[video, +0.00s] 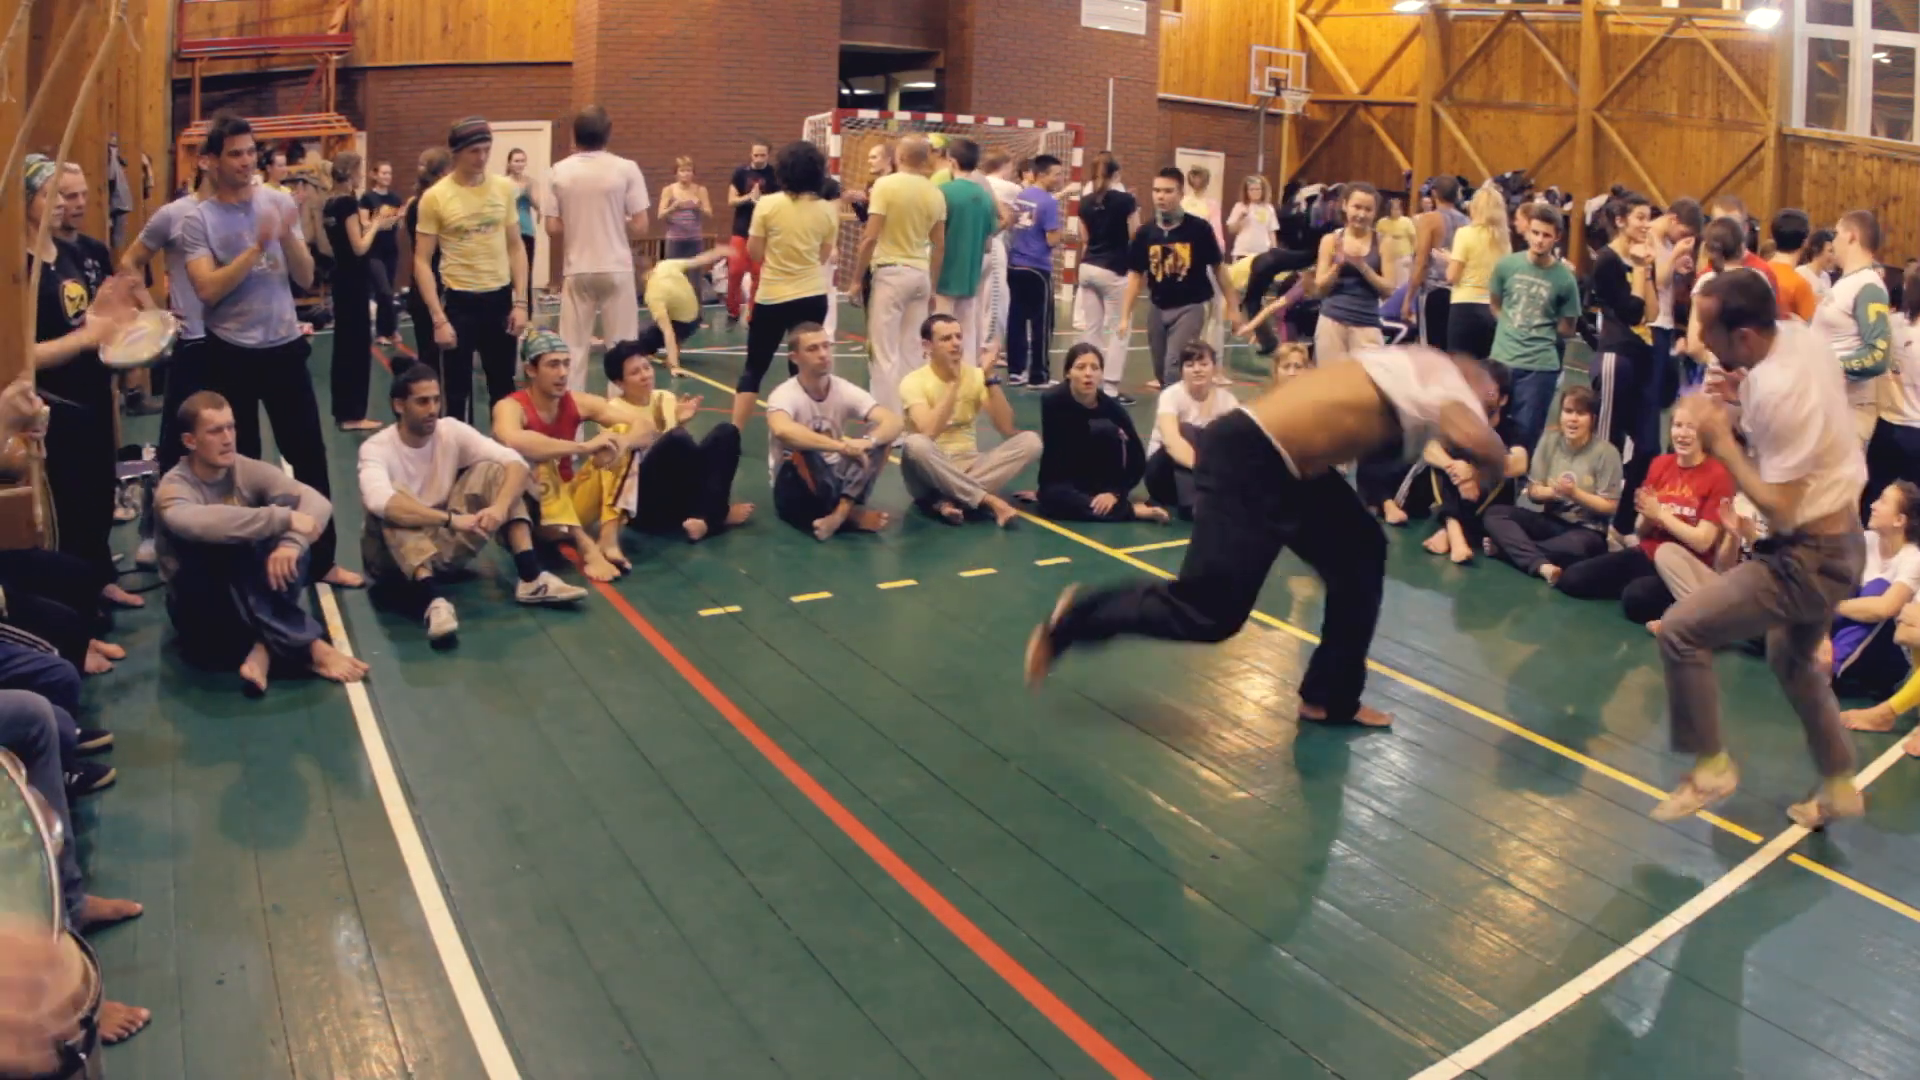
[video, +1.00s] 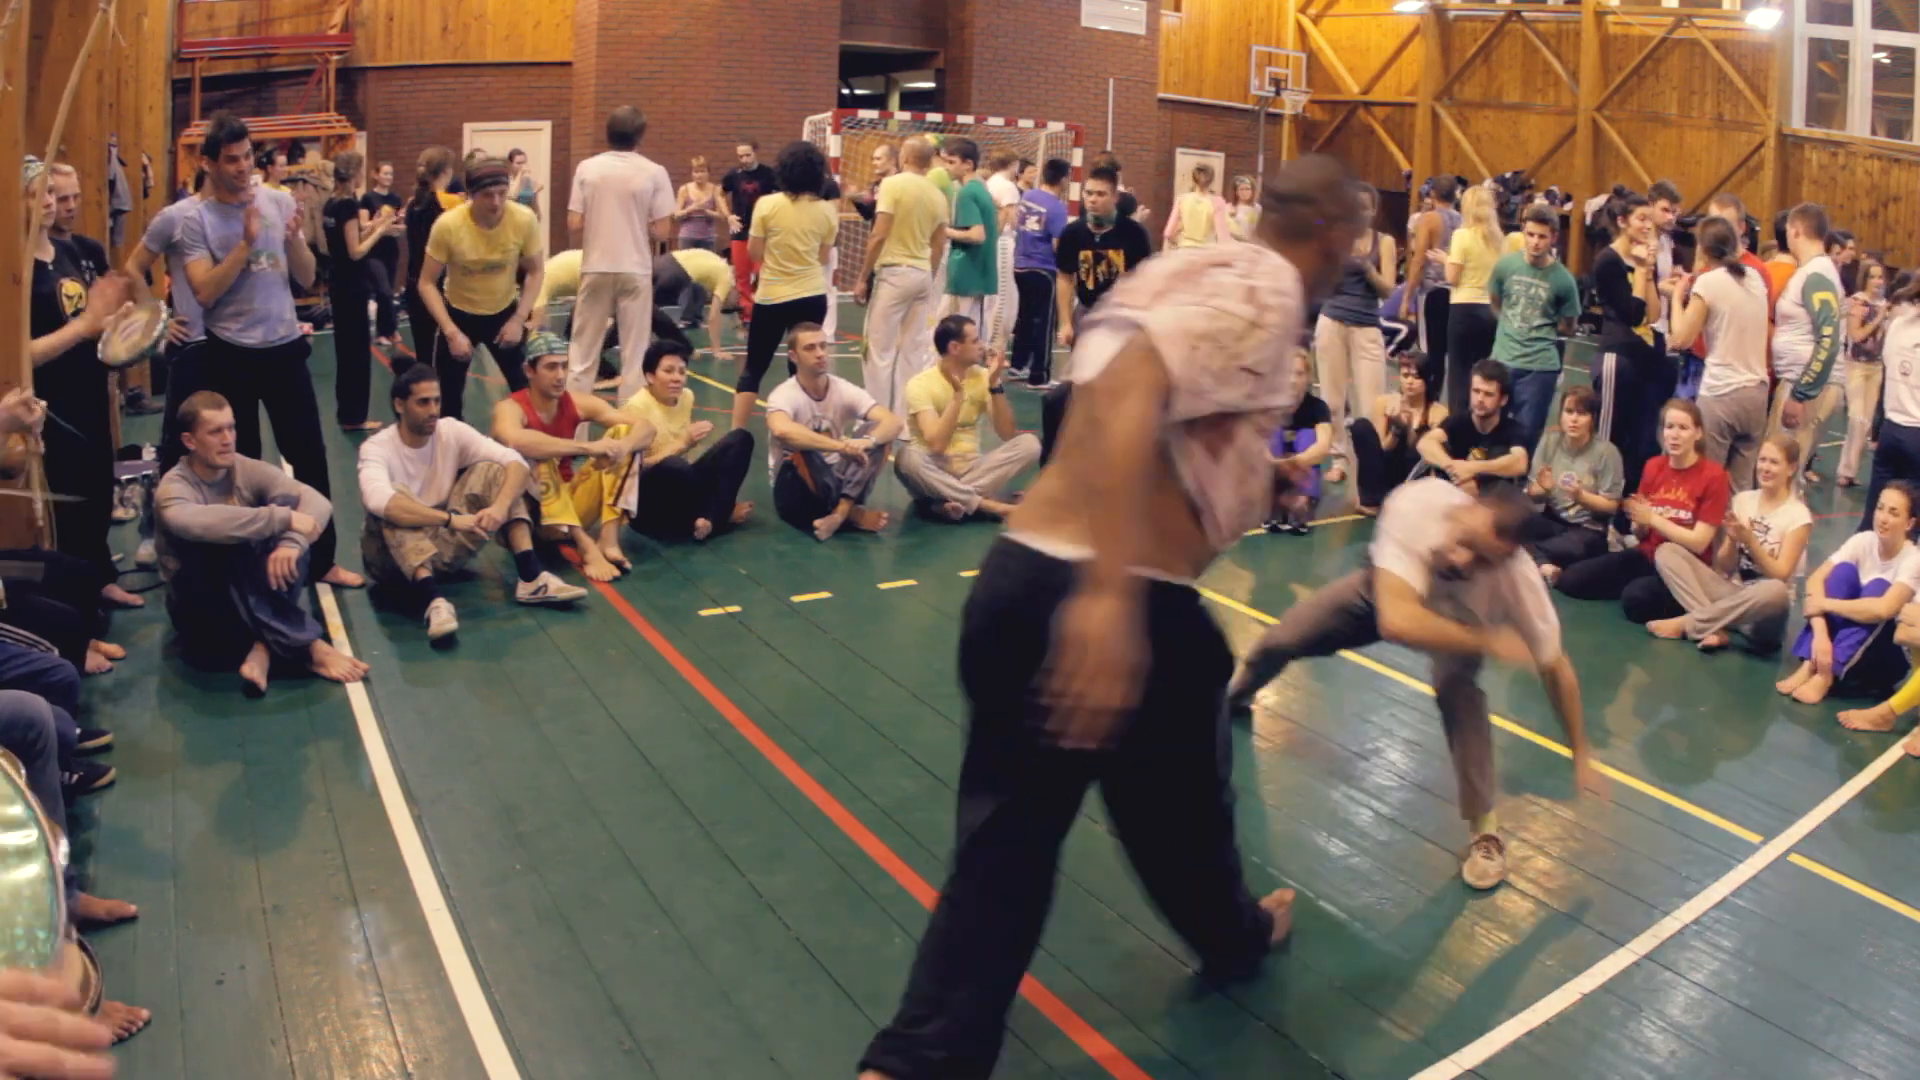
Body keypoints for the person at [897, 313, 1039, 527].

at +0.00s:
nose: (956, 344)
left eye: (958, 337)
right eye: (946, 339)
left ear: (963, 339)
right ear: (927, 345)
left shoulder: (975, 375)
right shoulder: (913, 383)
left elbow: (1007, 429)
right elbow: (928, 431)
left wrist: (991, 377)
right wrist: (954, 386)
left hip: (973, 466)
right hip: (933, 467)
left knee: (1031, 442)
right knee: (915, 445)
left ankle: (953, 500)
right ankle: (989, 501)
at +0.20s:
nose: (972, 348)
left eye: (971, 341)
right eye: (966, 342)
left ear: (947, 345)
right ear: (944, 345)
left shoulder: (976, 377)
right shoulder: (915, 383)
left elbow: (1005, 432)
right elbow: (925, 436)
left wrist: (991, 386)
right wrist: (954, 388)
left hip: (973, 466)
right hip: (934, 467)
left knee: (1028, 440)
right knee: (913, 447)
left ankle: (953, 500)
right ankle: (986, 501)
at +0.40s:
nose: (976, 348)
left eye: (974, 342)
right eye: (969, 342)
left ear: (948, 346)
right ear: (947, 346)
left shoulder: (978, 377)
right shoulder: (915, 384)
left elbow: (1002, 433)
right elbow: (934, 443)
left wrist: (992, 383)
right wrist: (953, 392)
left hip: (974, 465)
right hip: (936, 468)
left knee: (1030, 441)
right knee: (910, 448)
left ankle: (951, 501)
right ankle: (986, 503)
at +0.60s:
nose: (979, 348)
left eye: (976, 341)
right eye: (972, 342)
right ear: (950, 348)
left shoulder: (980, 378)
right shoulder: (917, 386)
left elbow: (1005, 434)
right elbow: (934, 445)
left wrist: (993, 387)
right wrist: (959, 395)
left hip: (975, 466)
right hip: (937, 469)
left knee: (1031, 443)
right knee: (909, 454)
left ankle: (954, 503)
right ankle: (985, 505)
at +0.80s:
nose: (981, 347)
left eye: (978, 341)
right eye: (974, 342)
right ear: (953, 348)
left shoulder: (986, 380)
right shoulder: (918, 386)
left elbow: (1005, 435)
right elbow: (937, 443)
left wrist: (985, 389)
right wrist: (970, 403)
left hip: (973, 464)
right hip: (935, 465)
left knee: (1031, 446)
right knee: (907, 459)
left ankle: (955, 503)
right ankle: (984, 506)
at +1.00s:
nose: (982, 346)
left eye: (979, 340)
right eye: (975, 341)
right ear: (954, 348)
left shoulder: (982, 377)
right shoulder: (919, 385)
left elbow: (1007, 433)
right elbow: (936, 444)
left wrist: (995, 384)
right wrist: (957, 397)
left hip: (975, 465)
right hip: (937, 468)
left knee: (1030, 444)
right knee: (908, 458)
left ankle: (958, 503)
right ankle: (983, 505)